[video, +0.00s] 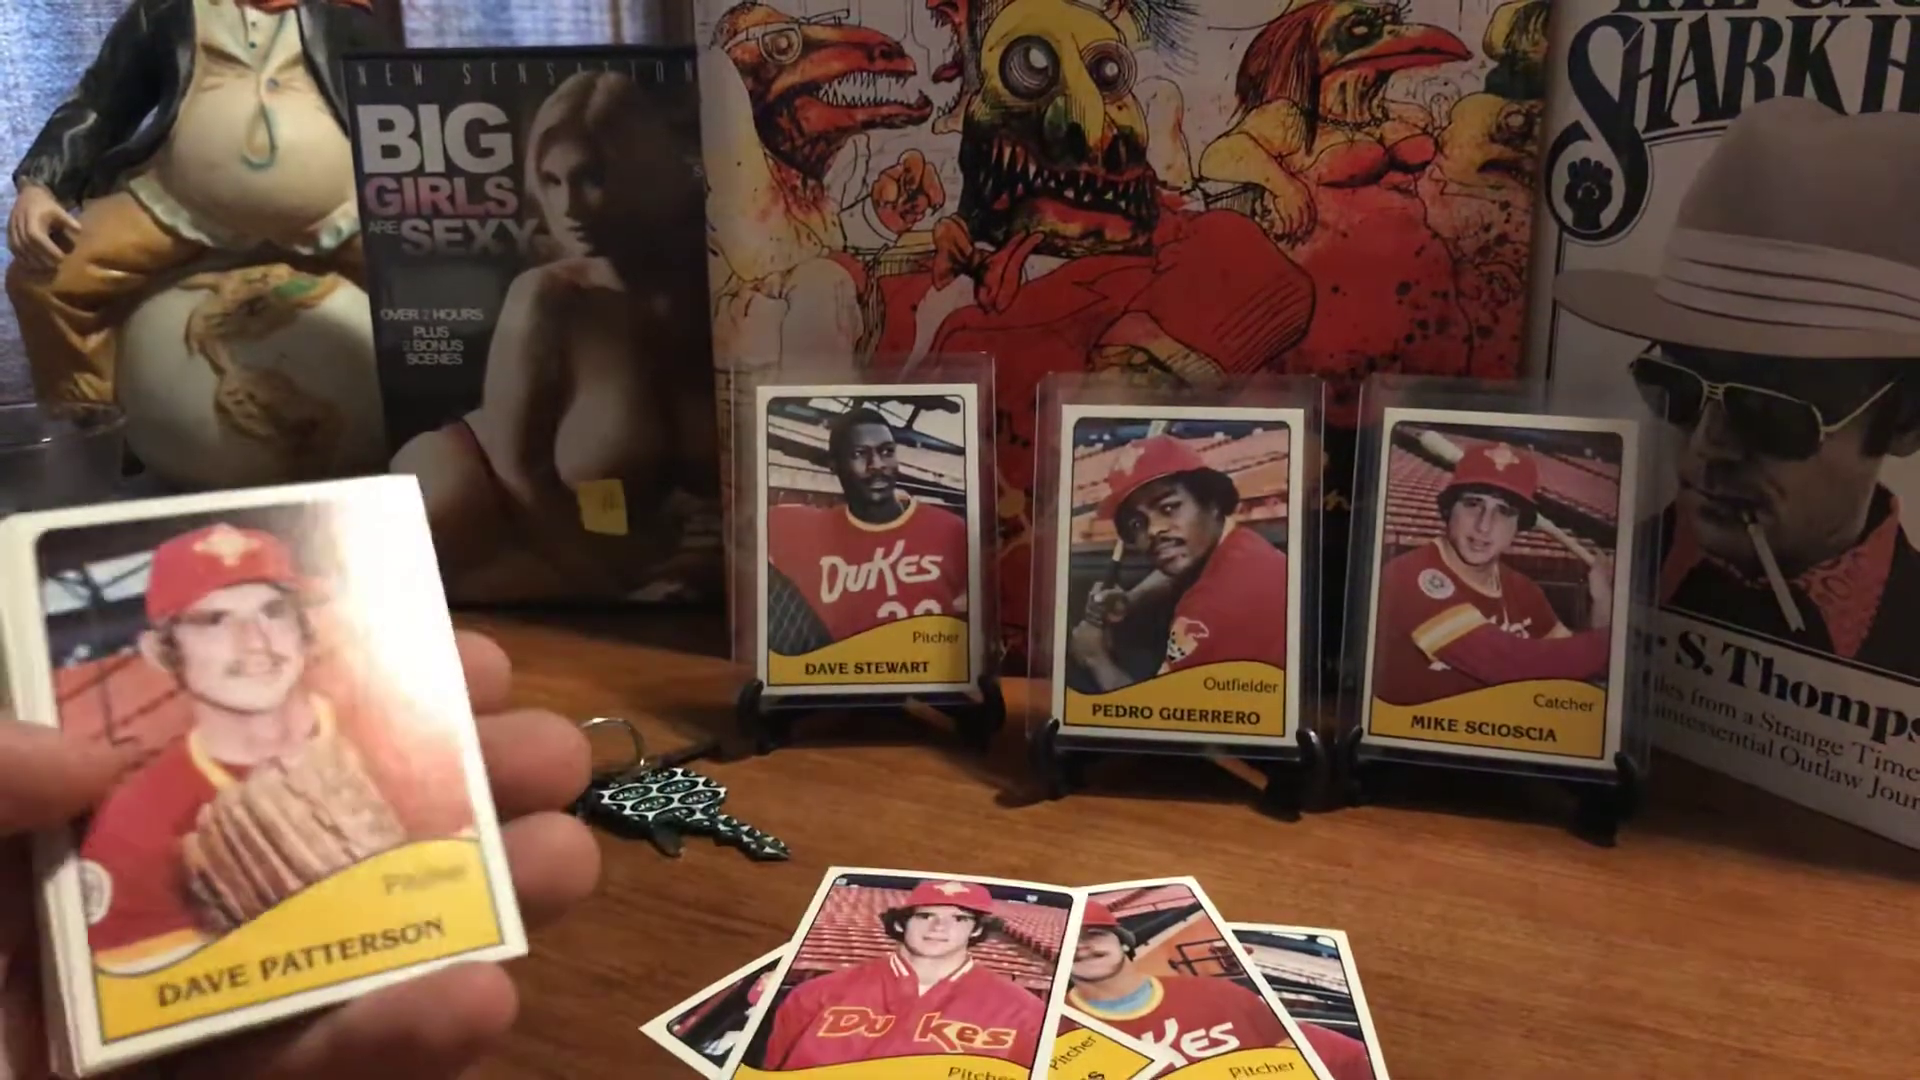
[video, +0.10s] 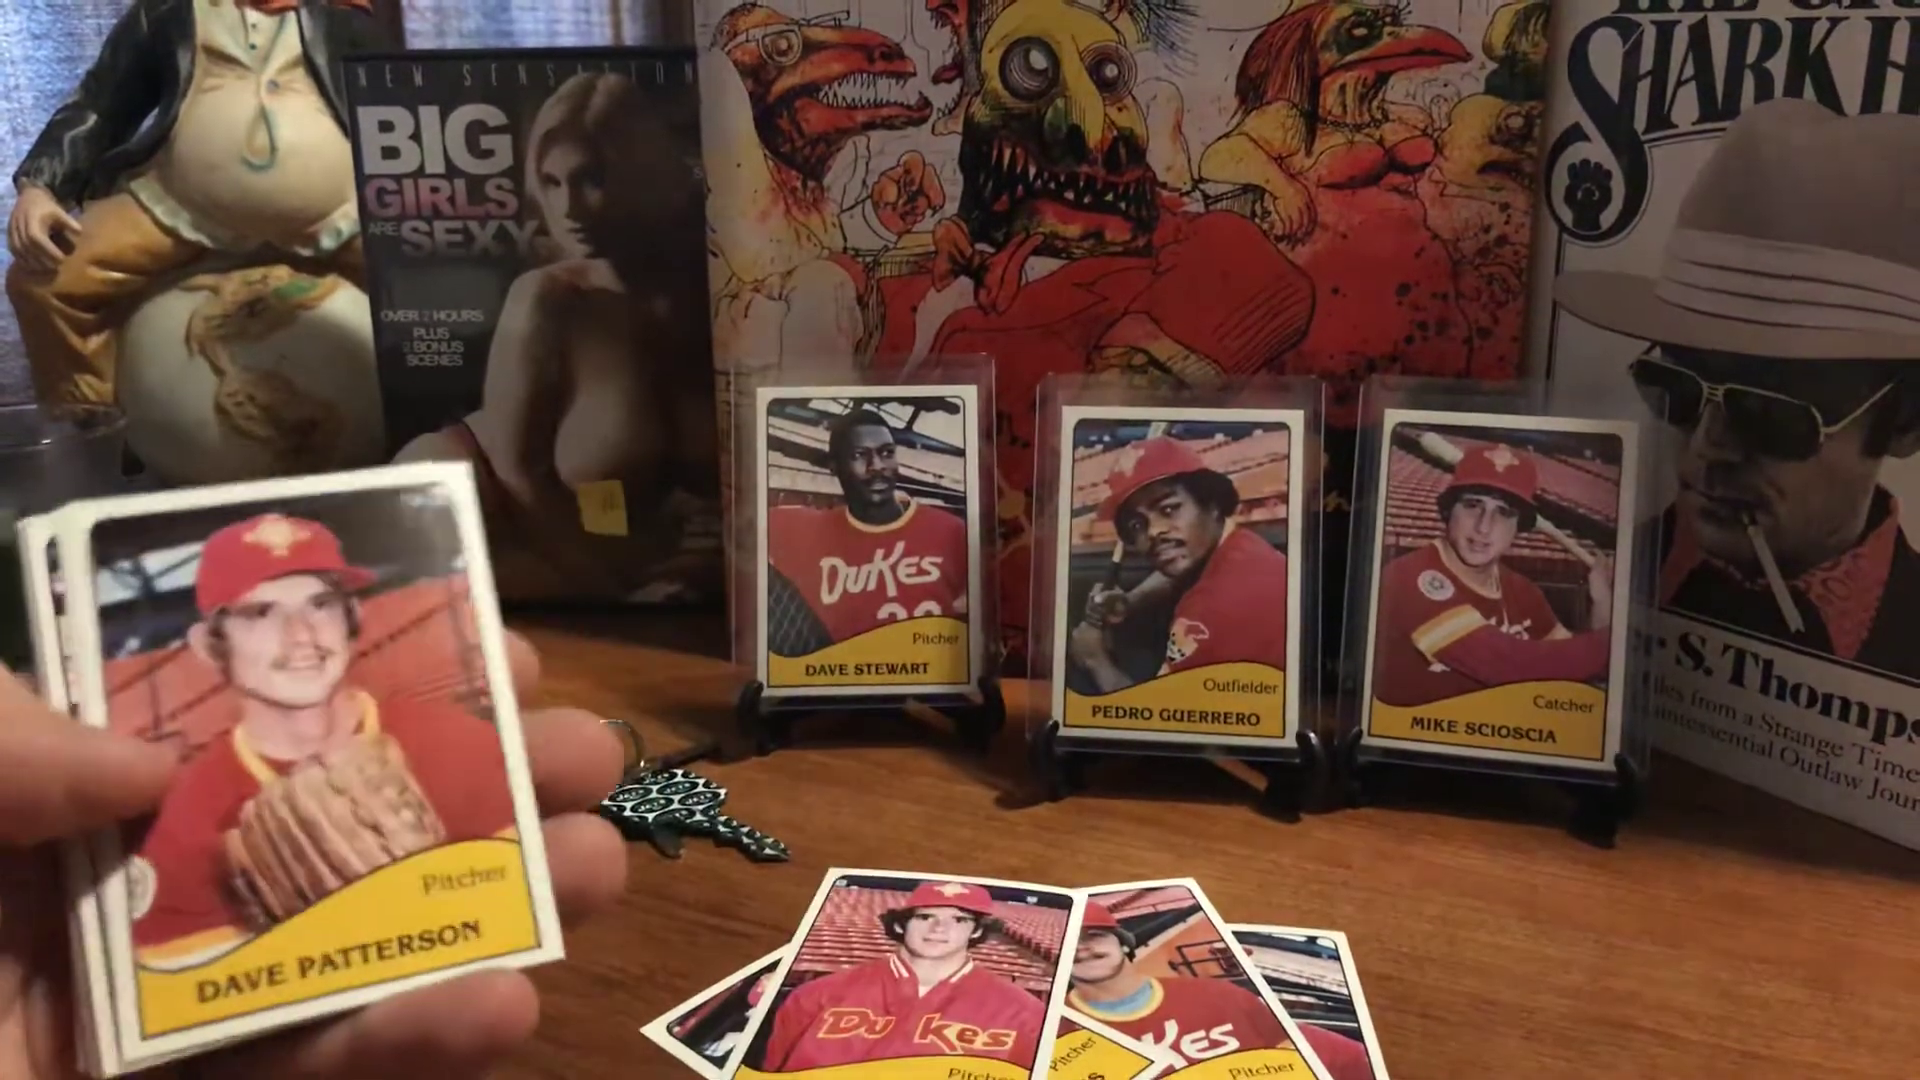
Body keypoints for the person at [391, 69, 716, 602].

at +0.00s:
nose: (569, 205)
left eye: (591, 178)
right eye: (552, 181)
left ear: (642, 176)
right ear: (536, 188)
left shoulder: (698, 294)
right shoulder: (545, 297)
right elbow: (514, 463)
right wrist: (612, 575)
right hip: (485, 471)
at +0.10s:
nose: (569, 206)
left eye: (590, 179)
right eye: (552, 182)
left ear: (641, 176)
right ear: (536, 189)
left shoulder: (694, 295)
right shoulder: (544, 300)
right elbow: (514, 466)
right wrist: (611, 579)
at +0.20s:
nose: (569, 206)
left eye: (592, 178)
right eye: (551, 181)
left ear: (643, 178)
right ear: (537, 188)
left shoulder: (701, 297)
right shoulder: (543, 300)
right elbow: (512, 474)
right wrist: (610, 579)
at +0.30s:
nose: (570, 205)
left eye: (592, 178)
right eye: (552, 182)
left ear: (641, 179)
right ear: (538, 190)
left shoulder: (699, 299)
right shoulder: (543, 298)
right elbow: (508, 471)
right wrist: (609, 580)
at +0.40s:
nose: (570, 205)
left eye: (593, 179)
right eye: (553, 182)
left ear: (639, 179)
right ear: (538, 189)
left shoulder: (704, 294)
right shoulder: (543, 298)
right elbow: (511, 472)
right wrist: (608, 579)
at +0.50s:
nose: (570, 205)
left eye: (593, 179)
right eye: (553, 182)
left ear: (638, 179)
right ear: (537, 189)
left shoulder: (699, 294)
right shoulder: (543, 298)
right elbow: (508, 470)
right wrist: (609, 577)